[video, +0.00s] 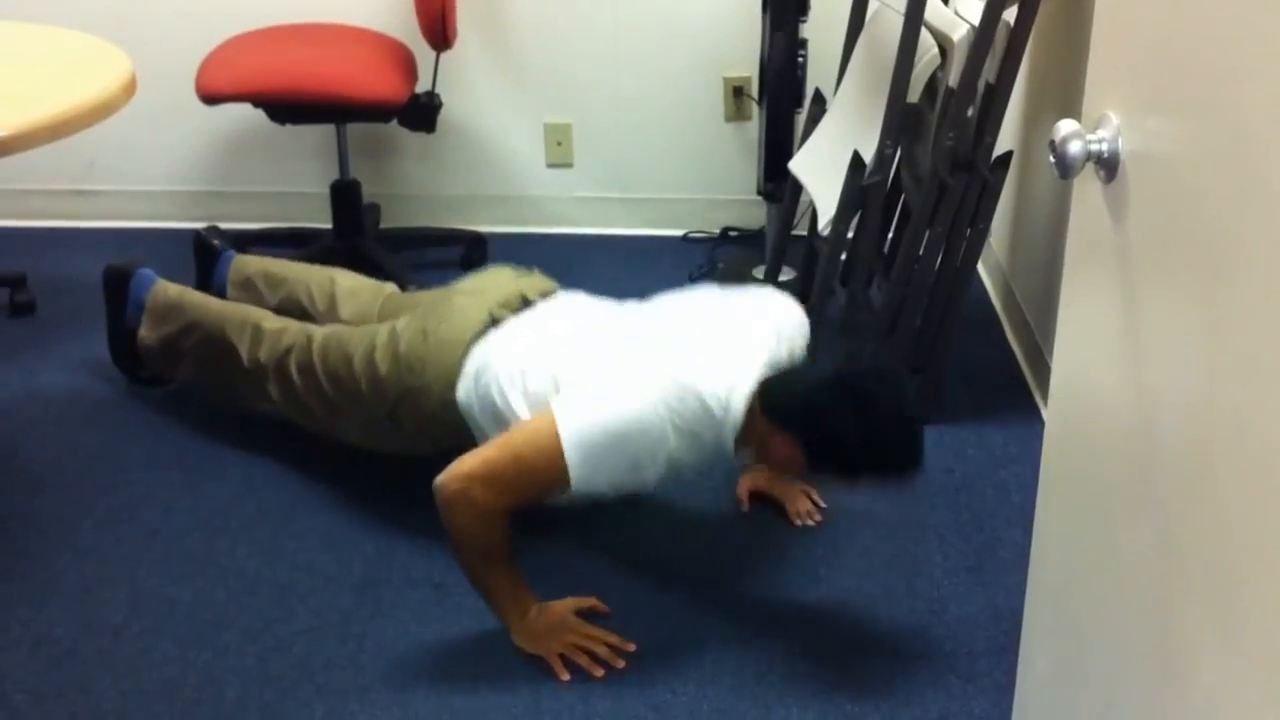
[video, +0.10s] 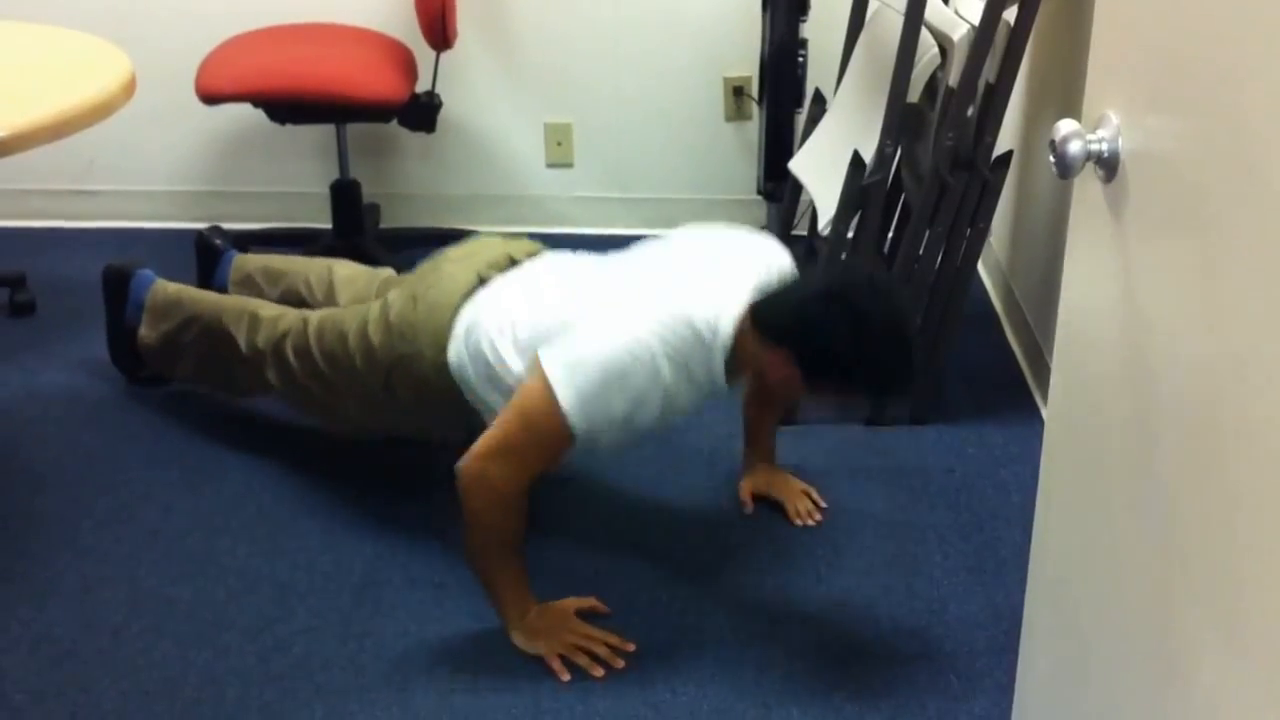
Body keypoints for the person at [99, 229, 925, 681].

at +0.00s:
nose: (827, 483)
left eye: (840, 480)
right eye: (833, 474)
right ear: (798, 444)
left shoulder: (780, 314)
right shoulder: (650, 426)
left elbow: (750, 378)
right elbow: (463, 492)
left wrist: (760, 457)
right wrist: (524, 616)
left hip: (521, 295)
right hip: (457, 376)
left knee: (373, 303)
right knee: (287, 365)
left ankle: (233, 264)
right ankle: (152, 316)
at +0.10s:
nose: (817, 410)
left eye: (834, 402)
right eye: (821, 395)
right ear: (786, 360)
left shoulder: (770, 263)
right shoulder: (640, 357)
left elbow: (770, 367)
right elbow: (485, 475)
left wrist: (759, 461)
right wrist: (523, 613)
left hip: (514, 259)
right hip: (450, 333)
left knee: (370, 290)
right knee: (281, 353)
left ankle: (237, 263)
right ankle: (150, 317)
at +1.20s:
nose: (813, 384)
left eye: (827, 375)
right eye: (818, 369)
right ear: (786, 337)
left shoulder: (773, 244)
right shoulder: (648, 337)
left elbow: (760, 354)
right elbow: (488, 459)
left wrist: (759, 456)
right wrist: (526, 608)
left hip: (525, 244)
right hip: (456, 320)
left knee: (373, 278)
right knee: (290, 339)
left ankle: (238, 254)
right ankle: (151, 309)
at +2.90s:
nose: (843, 378)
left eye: (859, 364)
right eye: (843, 361)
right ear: (788, 329)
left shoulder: (776, 239)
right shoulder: (642, 328)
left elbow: (761, 349)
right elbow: (492, 452)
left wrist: (762, 451)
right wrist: (527, 605)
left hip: (529, 245)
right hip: (461, 318)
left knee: (378, 277)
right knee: (295, 338)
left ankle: (241, 256)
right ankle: (157, 308)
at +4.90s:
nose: (821, 561)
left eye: (835, 551)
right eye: (831, 553)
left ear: (846, 451)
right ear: (807, 540)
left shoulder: (787, 385)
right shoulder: (674, 475)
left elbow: (779, 308)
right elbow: (474, 486)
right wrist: (528, 601)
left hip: (541, 330)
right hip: (469, 401)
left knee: (388, 312)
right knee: (294, 364)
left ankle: (238, 253)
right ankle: (155, 302)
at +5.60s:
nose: (838, 545)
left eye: (854, 536)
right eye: (843, 532)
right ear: (805, 496)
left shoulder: (795, 361)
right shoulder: (676, 458)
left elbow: (785, 302)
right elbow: (479, 478)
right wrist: (529, 599)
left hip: (543, 313)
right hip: (467, 386)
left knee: (391, 303)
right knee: (298, 354)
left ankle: (239, 250)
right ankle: (162, 297)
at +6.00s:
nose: (848, 393)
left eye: (865, 383)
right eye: (850, 377)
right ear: (797, 335)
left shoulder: (780, 240)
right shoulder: (654, 334)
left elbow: (774, 350)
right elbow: (501, 453)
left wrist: (767, 446)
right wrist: (529, 596)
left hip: (533, 238)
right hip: (467, 307)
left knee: (379, 271)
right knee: (307, 319)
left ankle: (243, 243)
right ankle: (165, 295)